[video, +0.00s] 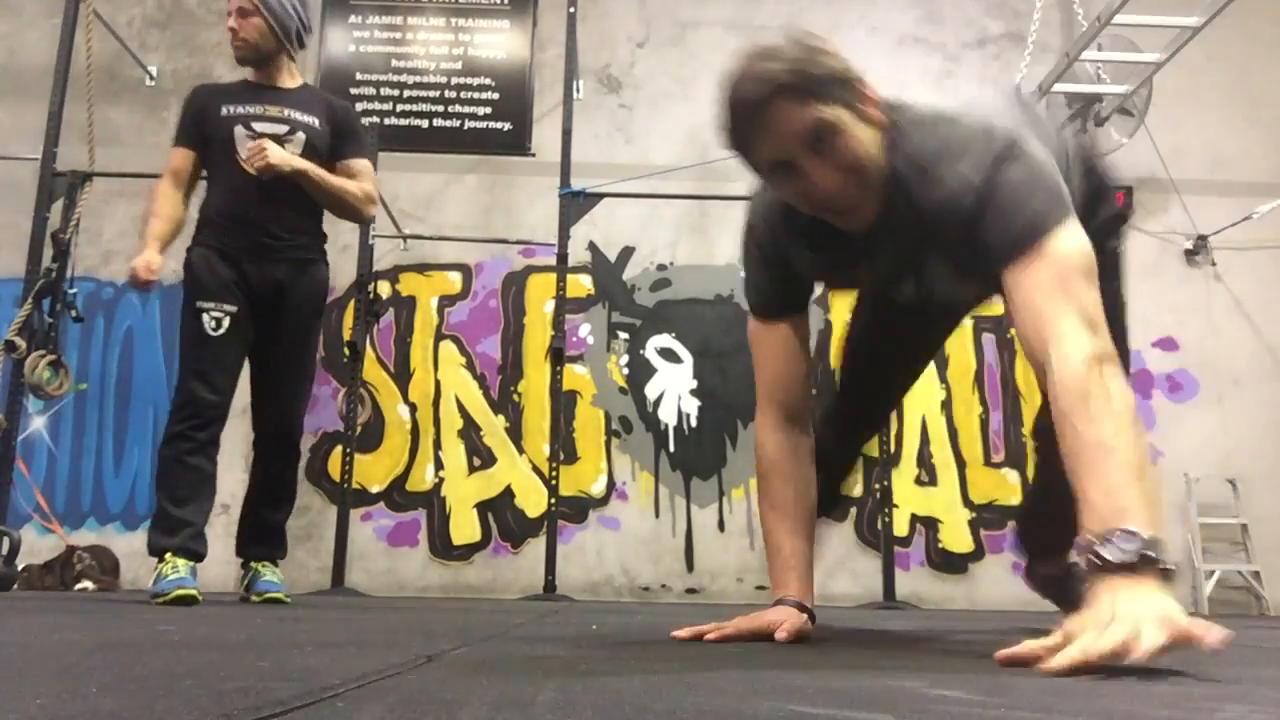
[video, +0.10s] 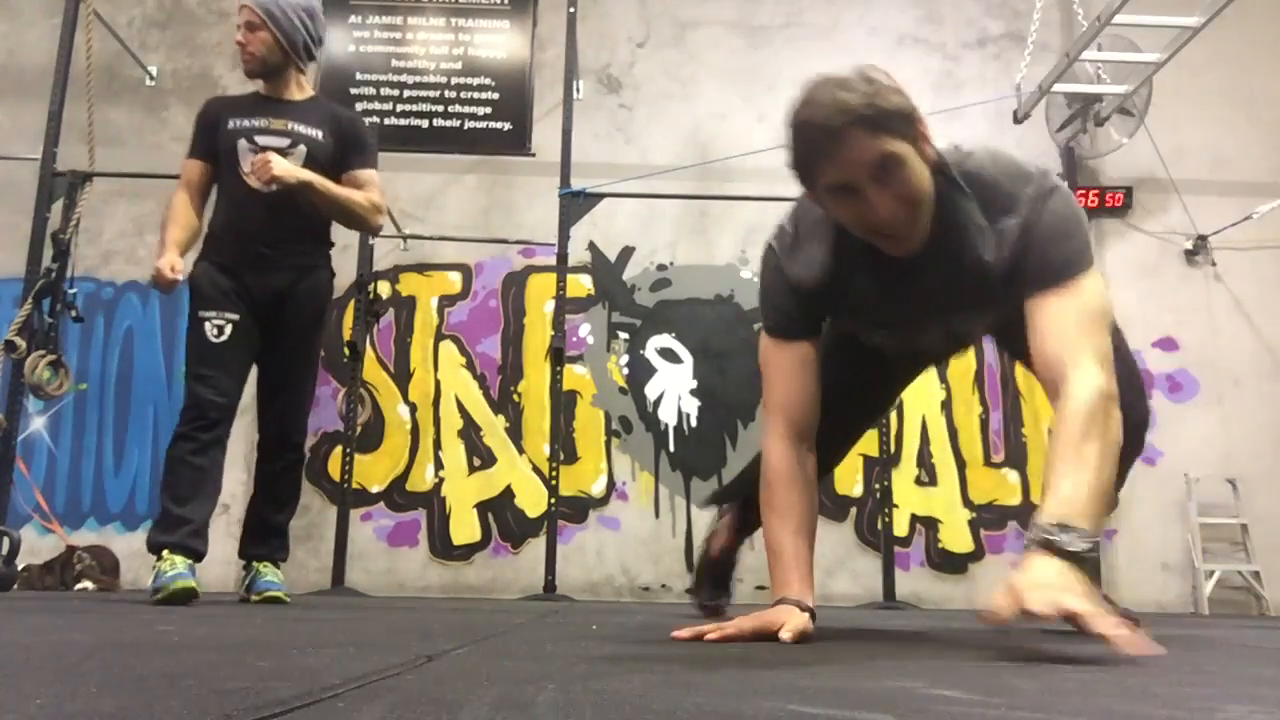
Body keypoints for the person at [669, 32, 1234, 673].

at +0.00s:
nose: (819, 181)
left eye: (824, 141)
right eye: (784, 171)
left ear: (868, 105)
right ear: (765, 179)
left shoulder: (989, 164)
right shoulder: (777, 230)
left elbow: (1082, 357)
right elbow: (782, 417)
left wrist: (1128, 567)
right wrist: (789, 596)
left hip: (1064, 212)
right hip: (926, 247)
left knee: (1084, 390)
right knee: (850, 409)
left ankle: (1059, 562)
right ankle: (814, 486)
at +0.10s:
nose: (880, 208)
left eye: (888, 170)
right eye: (845, 193)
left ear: (923, 141)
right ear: (815, 197)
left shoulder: (1026, 204)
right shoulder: (797, 260)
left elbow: (1086, 383)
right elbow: (788, 437)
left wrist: (1056, 551)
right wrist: (793, 599)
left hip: (1008, 304)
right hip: (883, 334)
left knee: (1124, 408)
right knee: (798, 456)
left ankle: (1070, 560)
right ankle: (728, 529)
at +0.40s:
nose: (917, 274)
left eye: (931, 248)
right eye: (894, 256)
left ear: (954, 231)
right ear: (856, 253)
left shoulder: (1009, 286)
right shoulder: (821, 320)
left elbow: (1030, 447)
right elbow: (790, 462)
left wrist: (1001, 589)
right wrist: (762, 567)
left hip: (971, 378)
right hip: (870, 392)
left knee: (1069, 372)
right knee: (785, 550)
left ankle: (1034, 584)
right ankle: (725, 561)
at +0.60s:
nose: (909, 268)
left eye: (925, 245)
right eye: (888, 249)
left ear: (947, 238)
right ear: (855, 249)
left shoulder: (990, 300)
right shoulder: (804, 322)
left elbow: (1011, 456)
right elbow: (755, 461)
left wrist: (1000, 591)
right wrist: (759, 545)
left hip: (945, 411)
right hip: (839, 435)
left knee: (1052, 374)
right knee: (759, 600)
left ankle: (1036, 589)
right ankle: (724, 555)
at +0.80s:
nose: (855, 259)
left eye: (870, 236)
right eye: (835, 241)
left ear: (894, 235)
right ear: (806, 246)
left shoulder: (947, 299)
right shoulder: (761, 331)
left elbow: (993, 450)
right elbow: (763, 444)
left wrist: (995, 585)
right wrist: (792, 531)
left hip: (917, 420)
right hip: (816, 441)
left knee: (1028, 373)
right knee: (742, 598)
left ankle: (1033, 588)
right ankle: (723, 580)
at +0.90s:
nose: (822, 259)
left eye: (834, 236)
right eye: (799, 244)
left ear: (863, 233)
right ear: (773, 252)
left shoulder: (924, 296)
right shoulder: (738, 339)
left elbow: (979, 444)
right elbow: (750, 445)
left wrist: (972, 559)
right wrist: (778, 533)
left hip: (908, 416)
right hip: (806, 442)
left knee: (1024, 372)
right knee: (738, 598)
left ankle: (1035, 590)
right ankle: (723, 588)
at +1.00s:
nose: (798, 263)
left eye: (809, 238)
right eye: (775, 248)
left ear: (836, 229)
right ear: (750, 256)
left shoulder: (905, 289)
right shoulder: (723, 336)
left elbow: (951, 441)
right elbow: (730, 448)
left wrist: (946, 576)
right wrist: (725, 543)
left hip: (890, 405)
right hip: (792, 441)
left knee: (1024, 374)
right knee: (740, 602)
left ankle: (1034, 590)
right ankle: (723, 586)